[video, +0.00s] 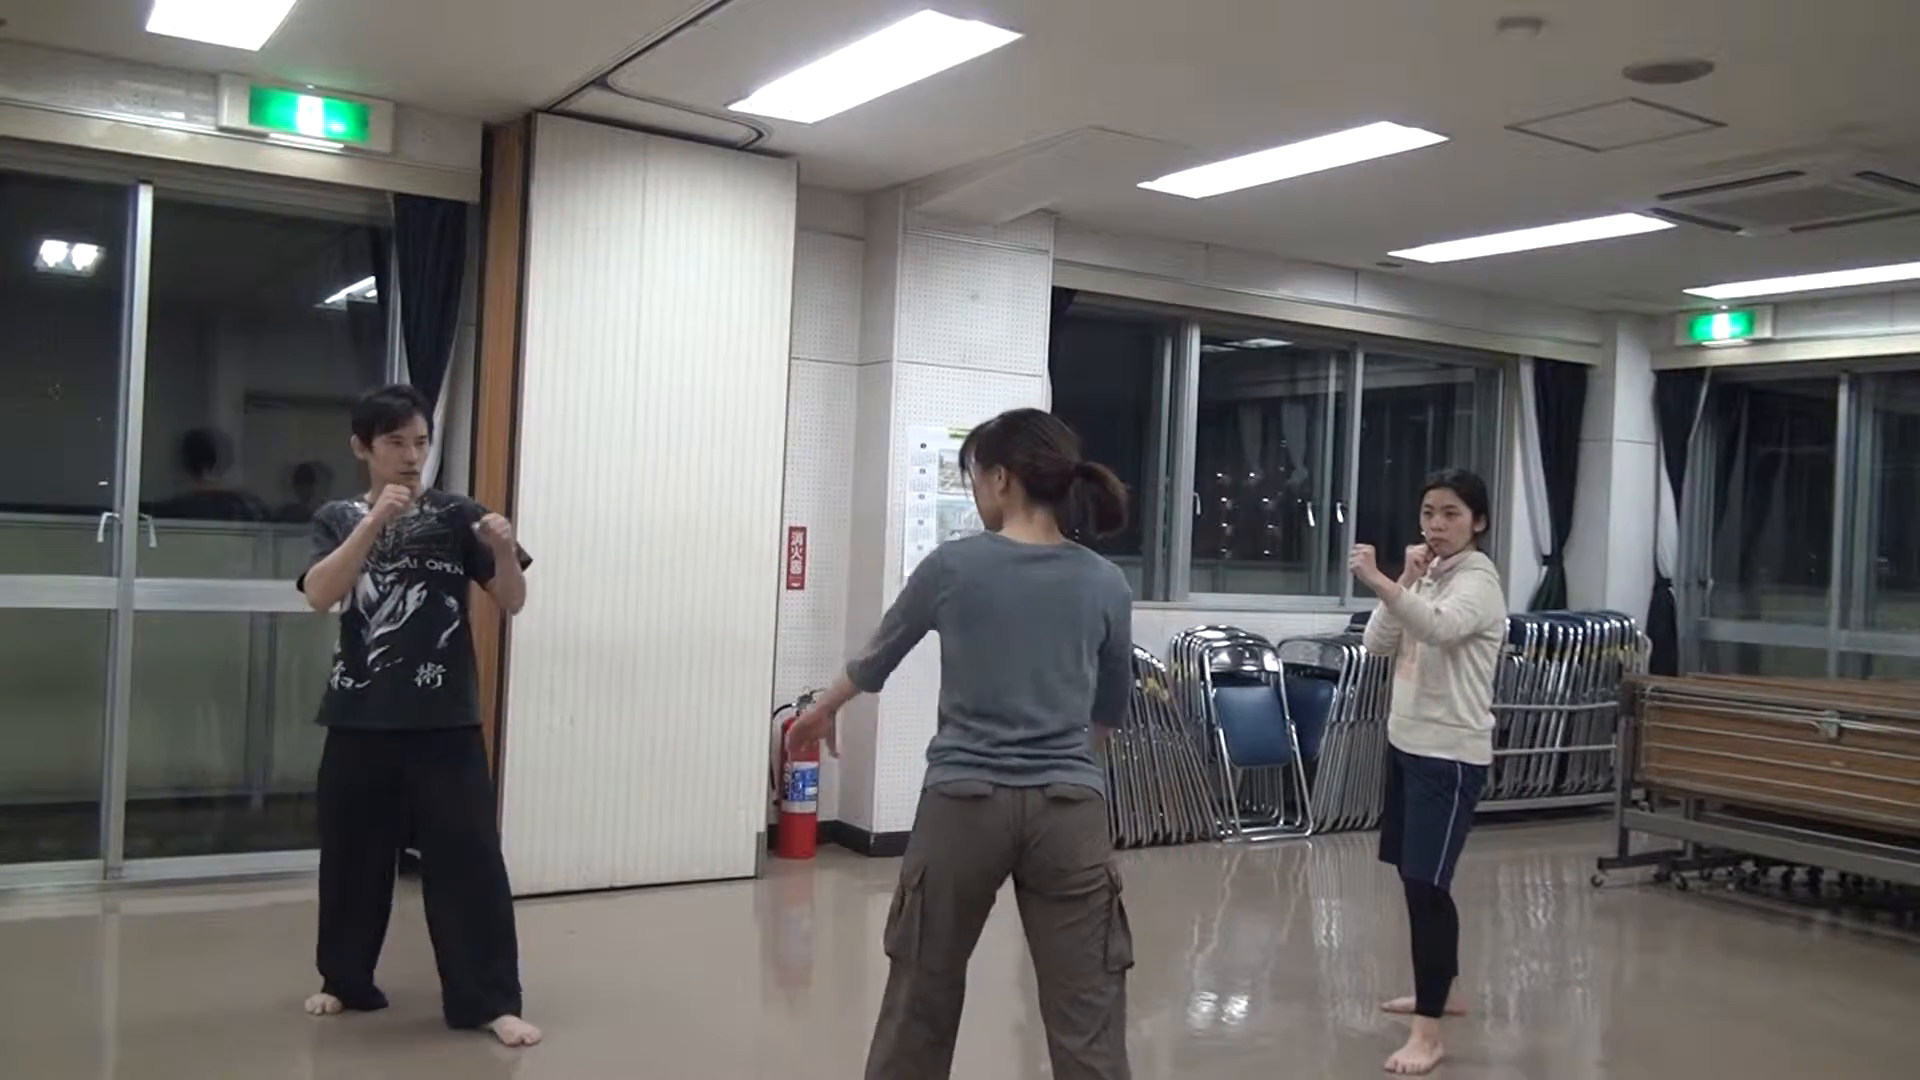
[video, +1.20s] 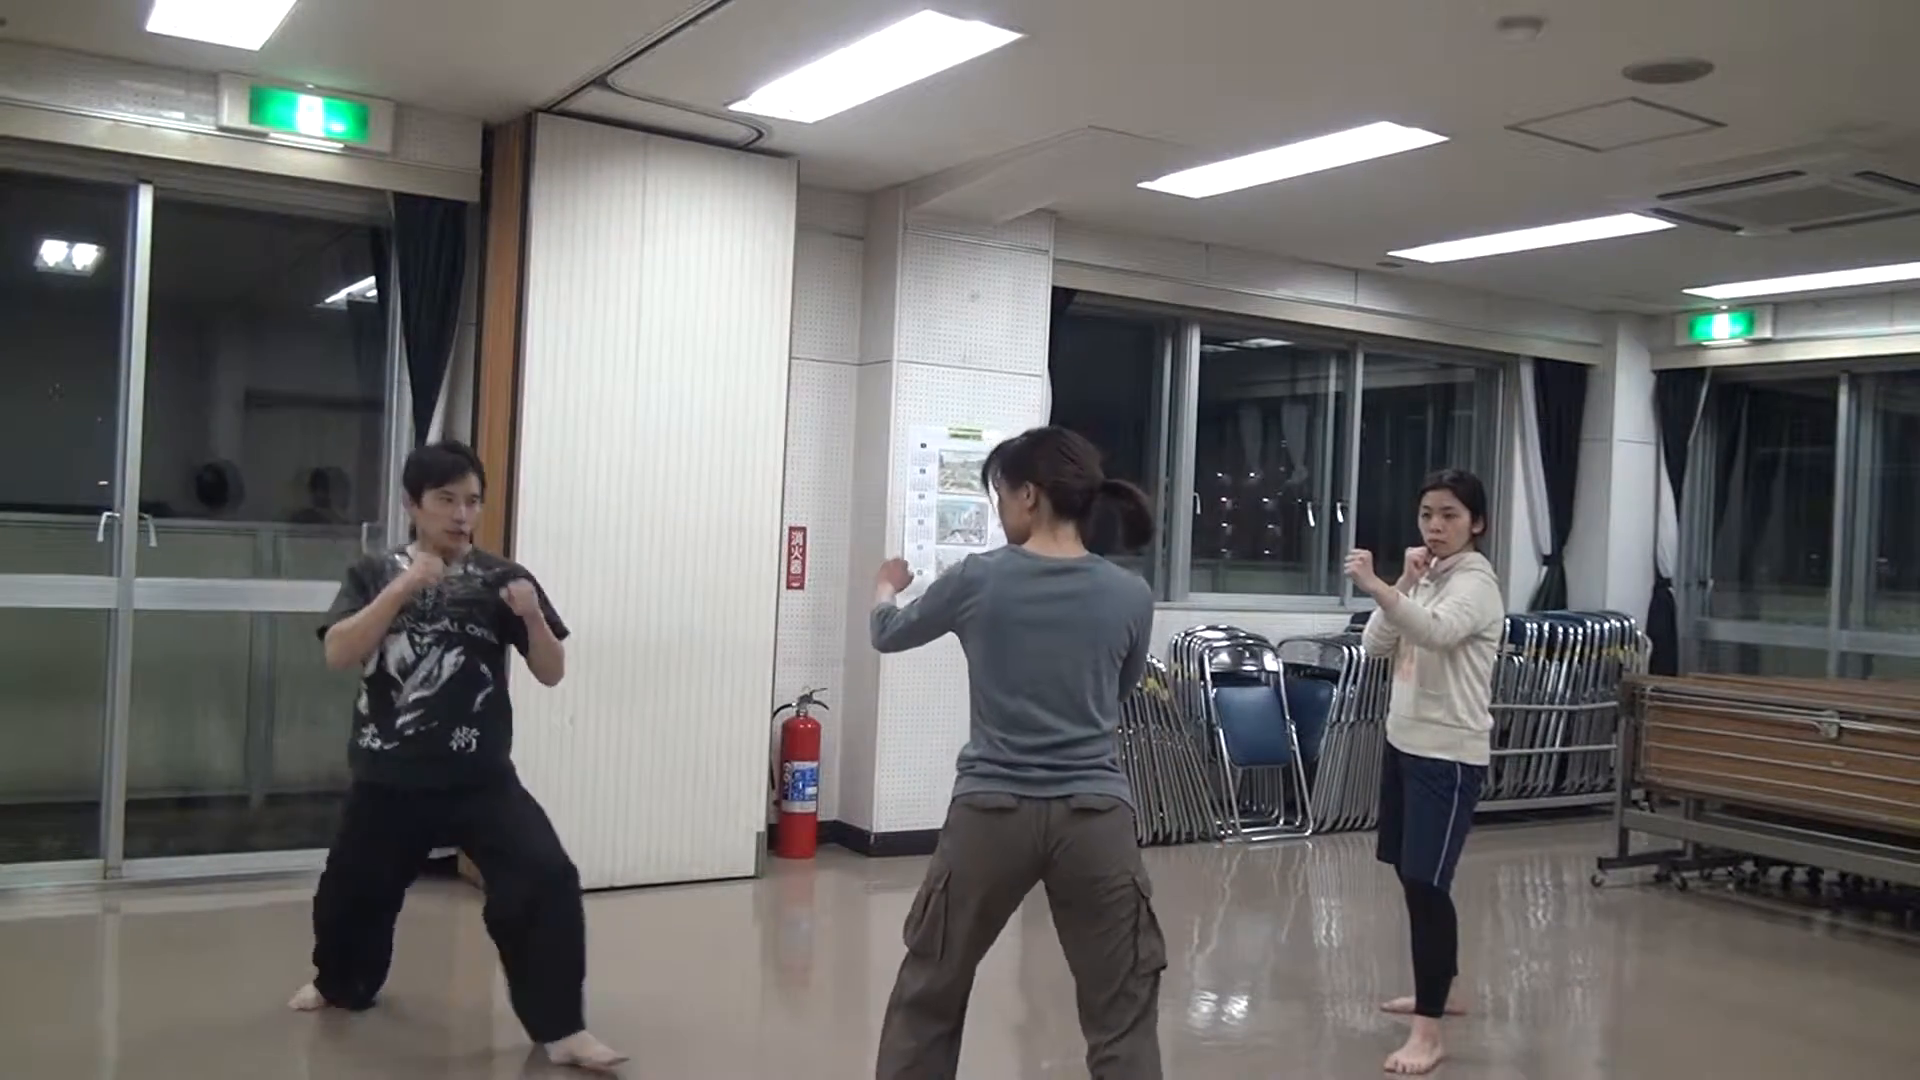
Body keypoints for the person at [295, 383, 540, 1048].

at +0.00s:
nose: (411, 453)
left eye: (420, 441)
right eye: (396, 442)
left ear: (432, 443)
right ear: (362, 447)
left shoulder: (459, 515)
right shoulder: (339, 519)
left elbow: (511, 601)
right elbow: (322, 594)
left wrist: (505, 550)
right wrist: (373, 521)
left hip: (446, 720)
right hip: (362, 721)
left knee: (471, 861)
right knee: (352, 854)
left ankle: (494, 1004)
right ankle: (343, 983)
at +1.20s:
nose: (462, 513)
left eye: (472, 501)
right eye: (446, 500)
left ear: (482, 506)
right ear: (413, 505)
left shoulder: (504, 579)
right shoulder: (376, 573)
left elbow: (550, 673)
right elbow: (339, 654)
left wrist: (533, 617)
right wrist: (401, 589)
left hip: (481, 777)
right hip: (391, 776)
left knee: (545, 879)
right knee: (350, 886)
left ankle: (561, 1027)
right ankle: (342, 984)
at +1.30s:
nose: (507, 525)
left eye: (518, 513)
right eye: (492, 511)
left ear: (527, 521)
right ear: (458, 518)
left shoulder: (550, 600)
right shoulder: (418, 593)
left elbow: (602, 690)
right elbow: (380, 682)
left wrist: (591, 655)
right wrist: (436, 622)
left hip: (516, 792)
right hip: (422, 792)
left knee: (593, 887)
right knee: (373, 892)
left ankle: (638, 1042)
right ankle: (338, 979)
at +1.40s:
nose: (559, 515)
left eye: (570, 504)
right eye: (543, 503)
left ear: (581, 514)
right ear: (511, 515)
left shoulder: (612, 588)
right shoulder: (483, 598)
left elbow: (691, 623)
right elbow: (450, 686)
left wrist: (716, 617)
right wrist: (502, 616)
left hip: (590, 795)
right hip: (498, 795)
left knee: (644, 891)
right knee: (431, 886)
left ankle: (650, 1058)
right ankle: (355, 969)